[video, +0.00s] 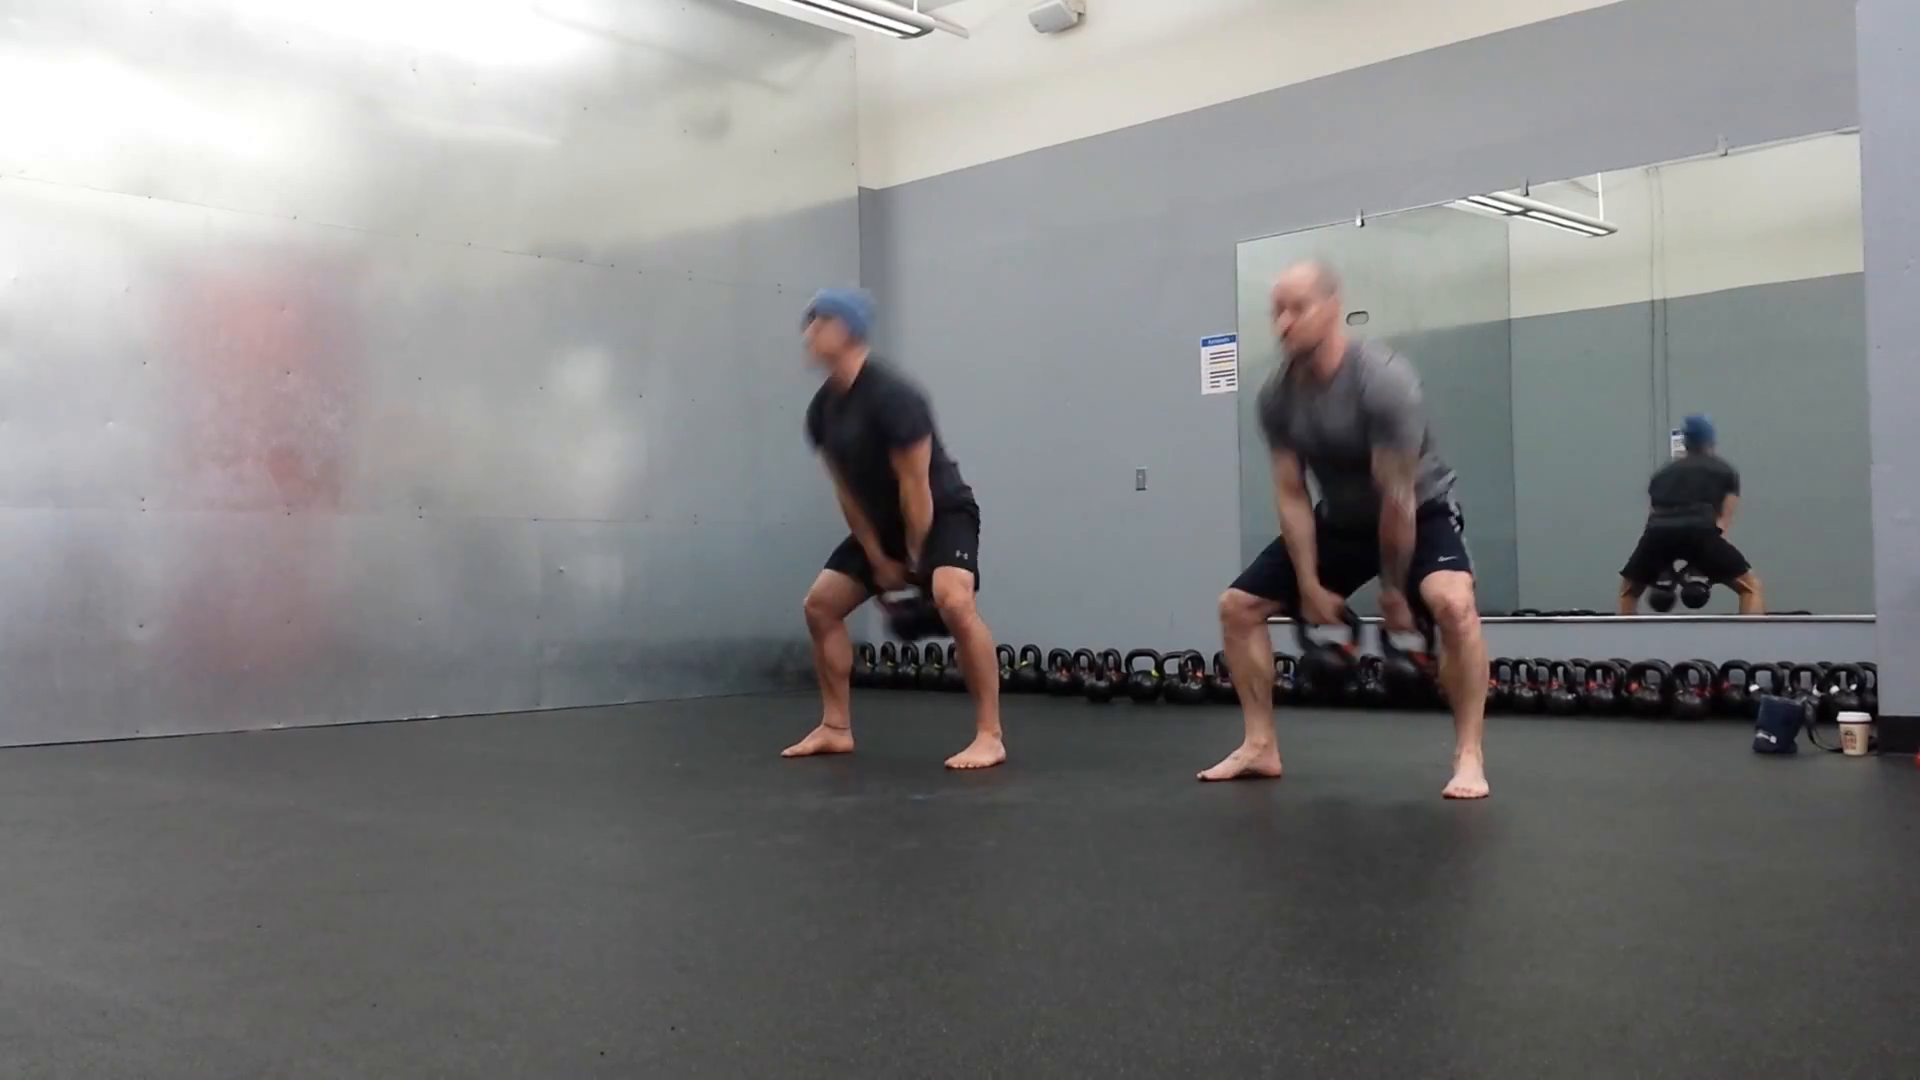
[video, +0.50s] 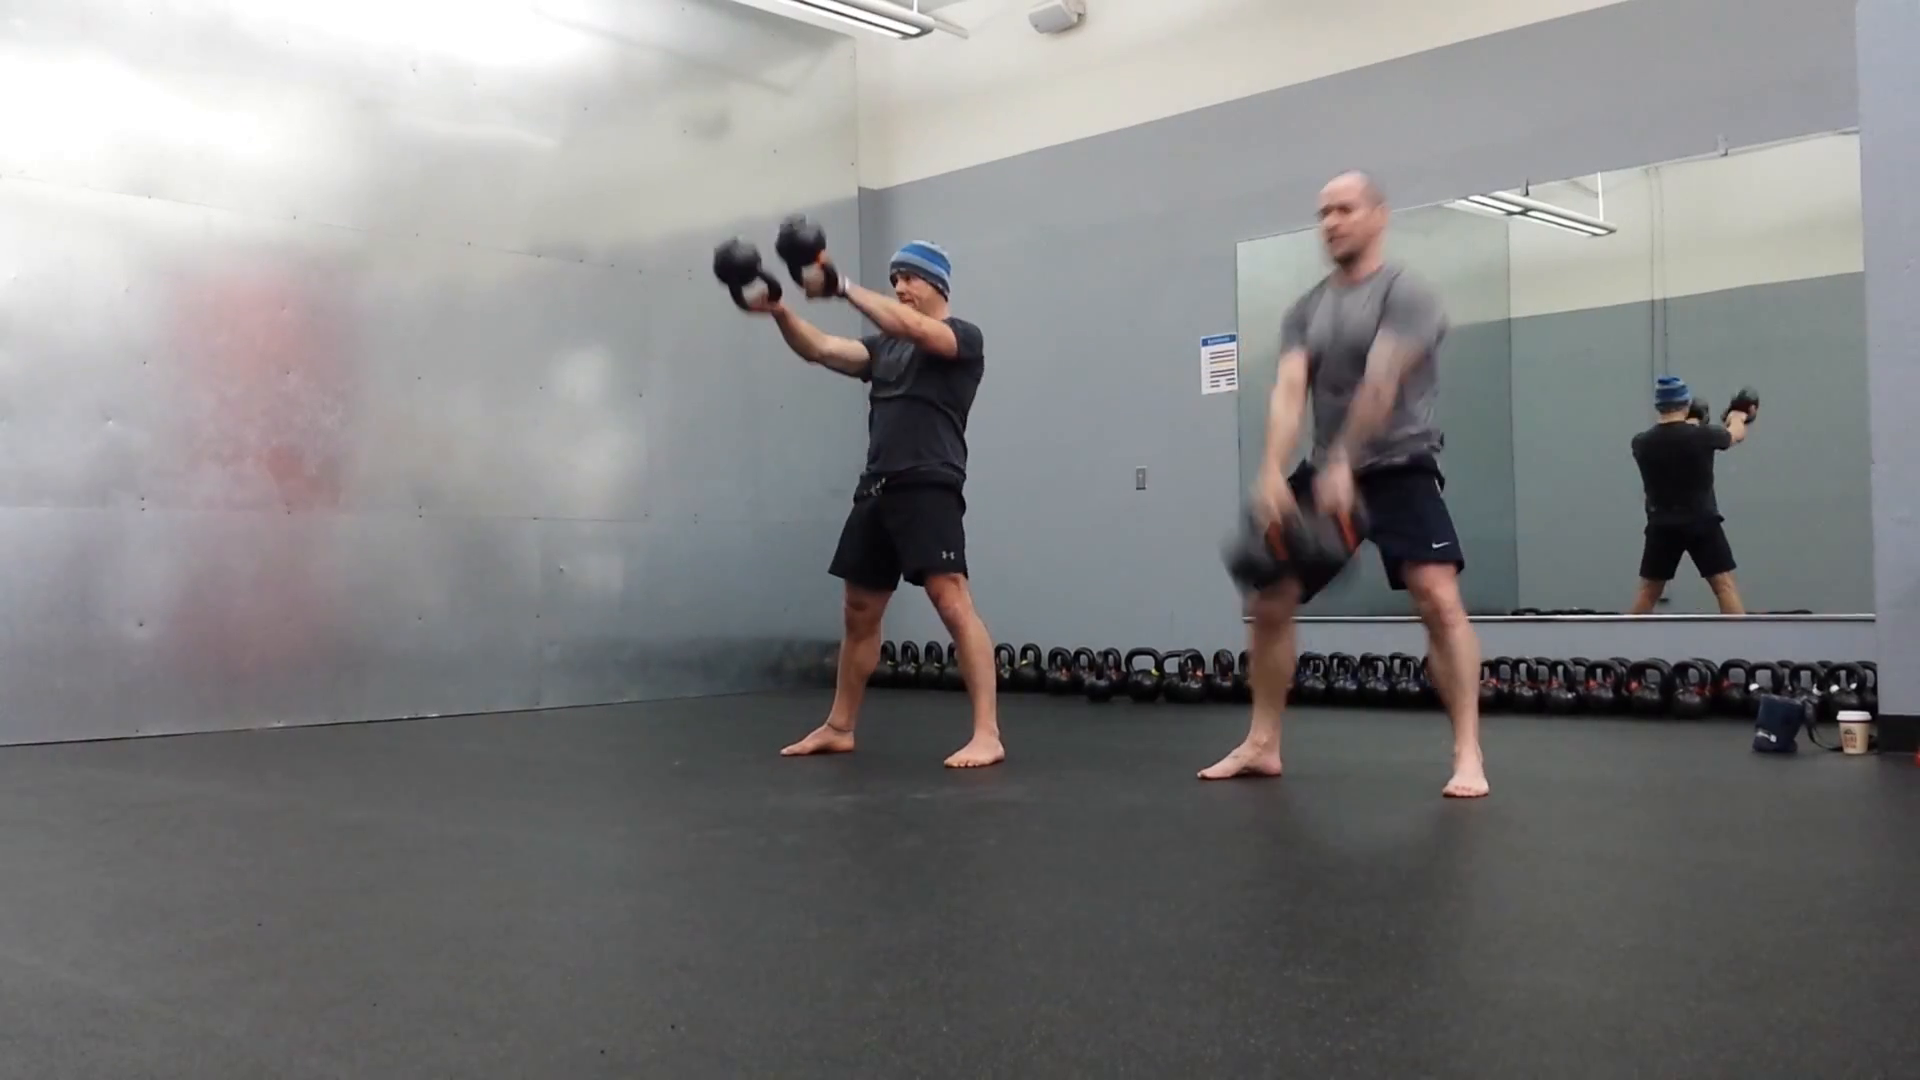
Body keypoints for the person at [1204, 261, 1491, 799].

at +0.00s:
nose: (1282, 323)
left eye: (1294, 309)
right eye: (1277, 312)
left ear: (1332, 308)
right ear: (1275, 317)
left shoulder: (1385, 380)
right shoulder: (1279, 395)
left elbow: (1398, 496)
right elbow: (1291, 494)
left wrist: (1393, 590)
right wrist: (1309, 585)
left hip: (1419, 512)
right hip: (1344, 517)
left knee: (1453, 604)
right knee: (1239, 608)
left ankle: (1469, 755)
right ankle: (1259, 745)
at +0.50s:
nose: (1331, 222)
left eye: (1344, 210)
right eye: (1324, 214)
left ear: (1379, 217)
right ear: (1318, 226)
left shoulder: (1411, 296)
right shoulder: (1308, 308)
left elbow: (1380, 383)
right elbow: (1288, 391)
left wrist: (1340, 460)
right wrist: (1271, 470)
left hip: (1401, 471)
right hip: (1327, 471)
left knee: (1437, 596)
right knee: (1270, 598)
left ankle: (1468, 755)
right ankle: (1262, 742)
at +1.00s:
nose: (1351, 217)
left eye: (1364, 204)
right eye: (1345, 208)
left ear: (1399, 212)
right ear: (1339, 222)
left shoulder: (1430, 278)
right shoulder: (1328, 290)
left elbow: (1385, 293)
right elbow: (1262, 316)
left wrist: (1307, 281)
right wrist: (1211, 299)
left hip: (1393, 472)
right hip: (1315, 474)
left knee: (1426, 613)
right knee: (1281, 608)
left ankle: (1464, 756)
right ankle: (1263, 745)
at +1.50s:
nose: (1220, 396)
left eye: (1232, 379)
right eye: (1215, 383)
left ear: (1269, 377)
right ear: (1210, 388)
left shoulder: (1335, 440)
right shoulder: (1233, 462)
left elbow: (1373, 544)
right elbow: (1280, 544)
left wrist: (1373, 616)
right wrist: (1330, 615)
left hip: (1400, 534)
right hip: (1322, 545)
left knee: (1420, 622)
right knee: (1220, 615)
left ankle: (1464, 761)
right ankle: (1260, 749)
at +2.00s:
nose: (1353, 218)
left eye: (1367, 206)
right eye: (1347, 210)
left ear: (1402, 218)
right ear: (1343, 225)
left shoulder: (1427, 278)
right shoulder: (1328, 292)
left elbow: (1406, 332)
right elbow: (1289, 344)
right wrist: (1248, 358)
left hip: (1384, 466)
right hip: (1311, 466)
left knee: (1420, 610)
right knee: (1282, 611)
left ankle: (1463, 757)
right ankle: (1264, 746)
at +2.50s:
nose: (1278, 209)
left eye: (1291, 195)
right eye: (1272, 199)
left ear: (1329, 198)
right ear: (1267, 209)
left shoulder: (1363, 252)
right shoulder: (1265, 258)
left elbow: (1377, 144)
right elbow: (1232, 163)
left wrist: (1369, 45)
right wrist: (1244, 64)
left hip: (1352, 466)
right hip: (1276, 469)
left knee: (1408, 614)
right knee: (1279, 617)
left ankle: (1459, 760)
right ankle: (1264, 746)